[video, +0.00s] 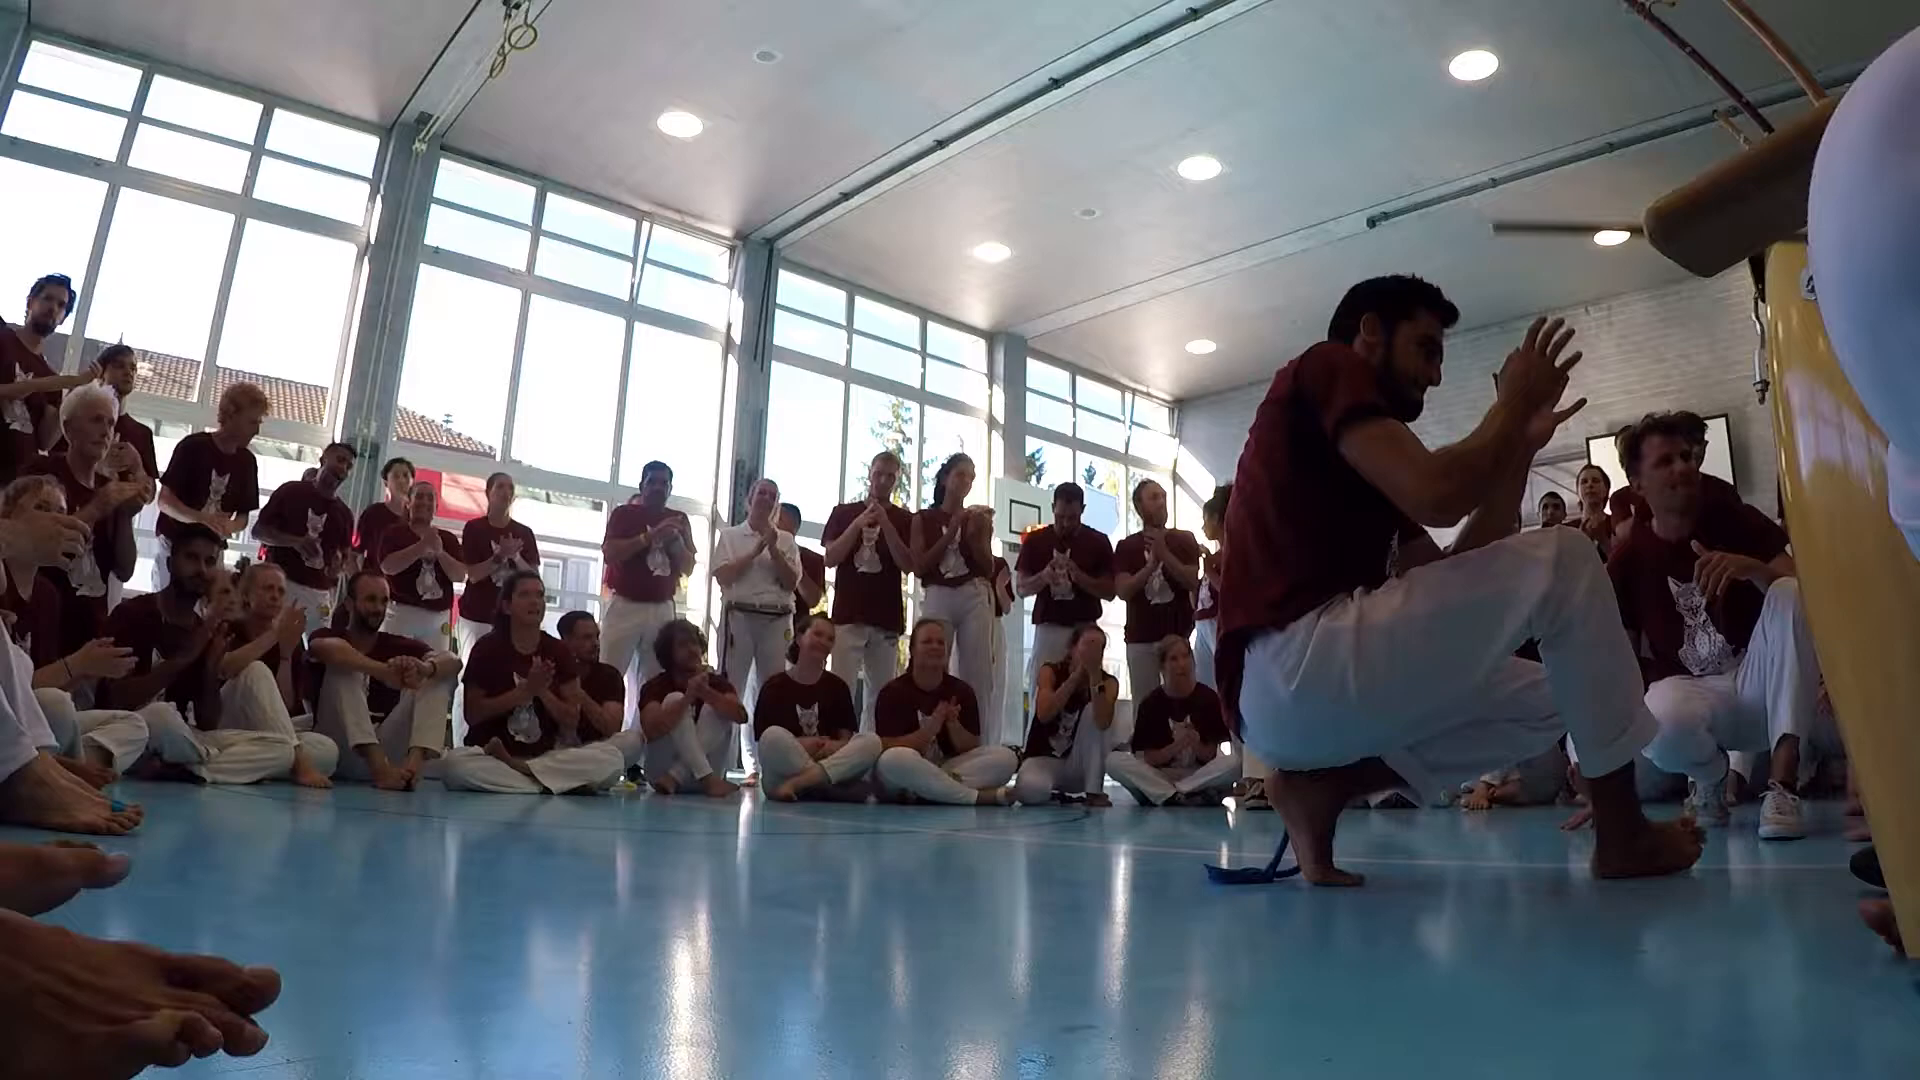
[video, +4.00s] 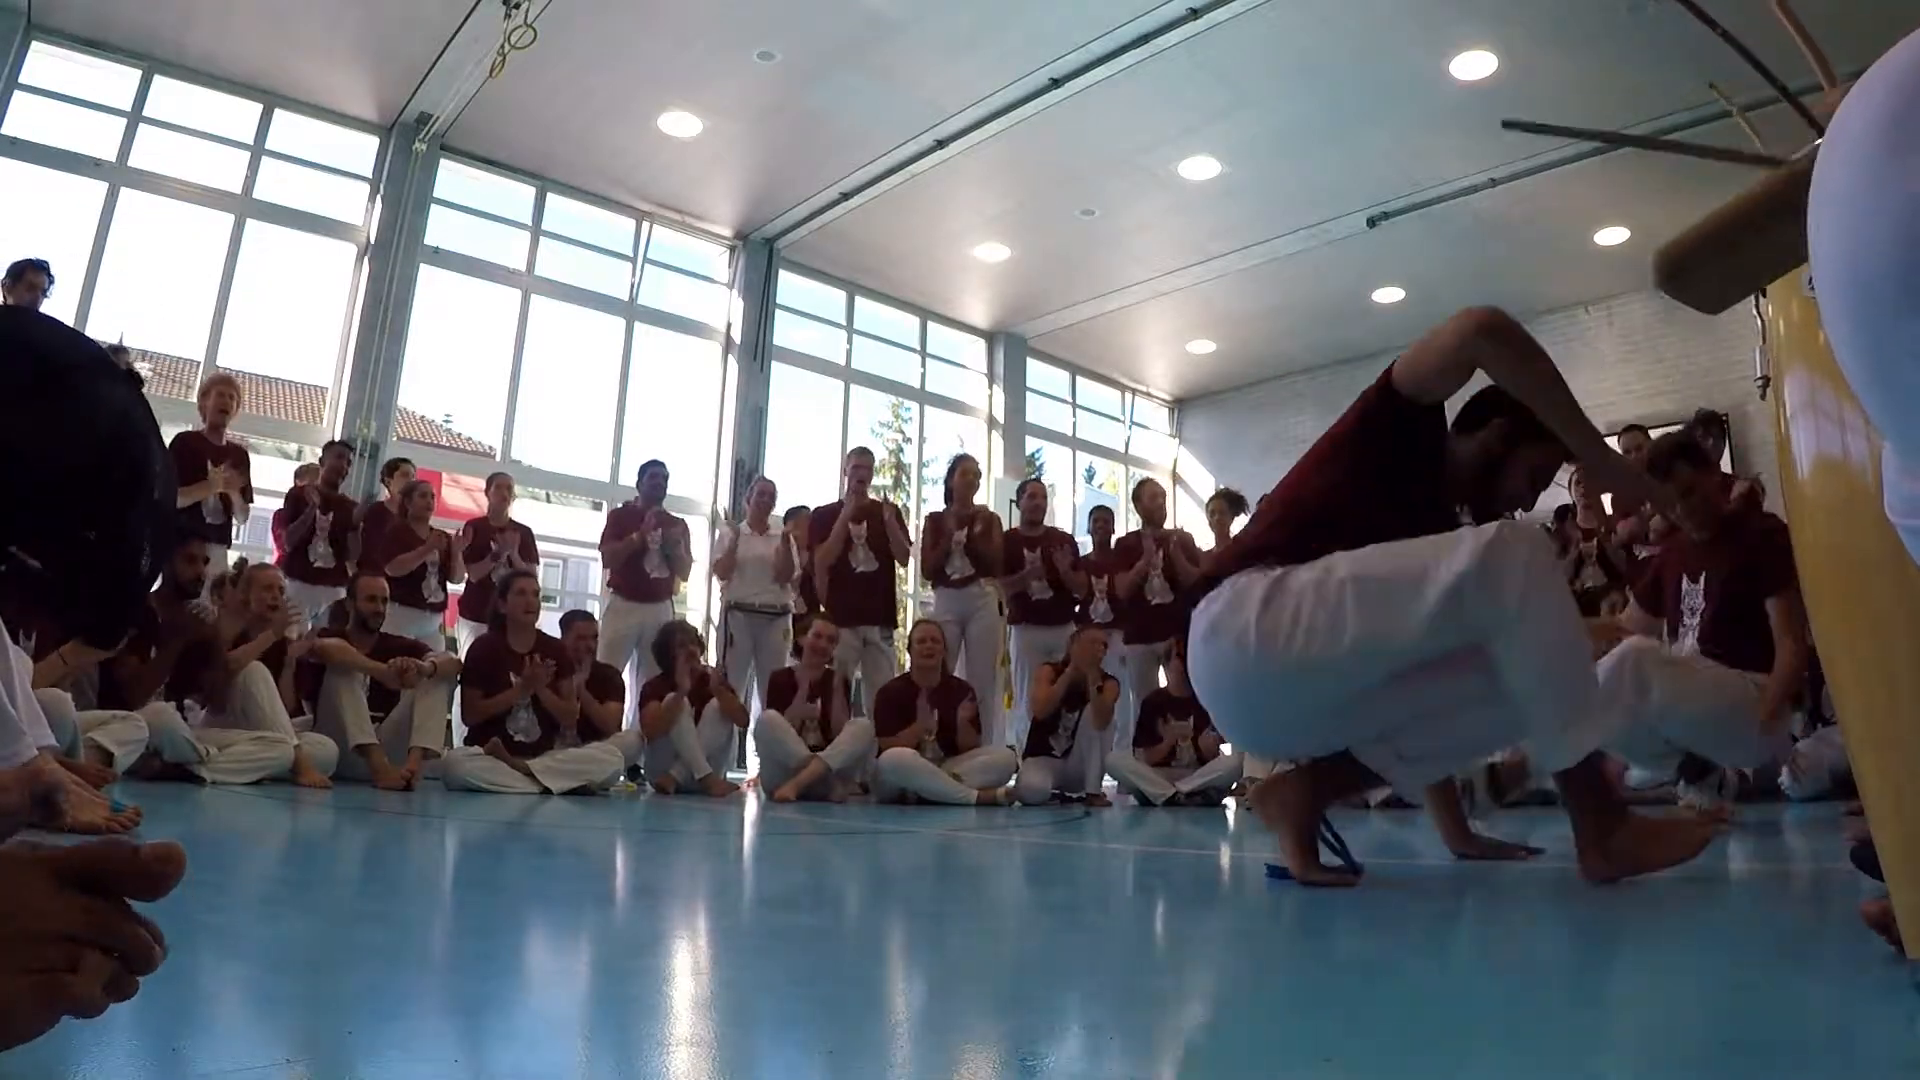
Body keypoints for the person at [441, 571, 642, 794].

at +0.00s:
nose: (535, 602)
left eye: (540, 596)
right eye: (525, 596)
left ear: (546, 603)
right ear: (506, 605)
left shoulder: (559, 649)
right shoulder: (486, 648)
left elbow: (572, 719)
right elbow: (473, 713)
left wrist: (541, 691)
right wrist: (526, 692)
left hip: (547, 756)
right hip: (490, 755)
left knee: (612, 759)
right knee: (454, 766)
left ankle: (523, 766)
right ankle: (549, 786)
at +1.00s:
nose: (533, 602)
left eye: (538, 596)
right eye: (523, 596)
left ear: (544, 603)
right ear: (504, 605)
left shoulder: (558, 649)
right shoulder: (484, 648)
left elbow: (571, 718)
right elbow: (471, 715)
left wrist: (539, 692)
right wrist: (523, 691)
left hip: (547, 756)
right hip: (490, 755)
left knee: (612, 759)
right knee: (454, 765)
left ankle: (523, 767)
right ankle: (550, 786)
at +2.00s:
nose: (531, 601)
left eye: (536, 595)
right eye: (521, 595)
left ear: (542, 602)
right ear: (503, 604)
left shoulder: (558, 648)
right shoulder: (483, 647)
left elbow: (572, 717)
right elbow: (470, 714)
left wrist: (541, 689)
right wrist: (522, 689)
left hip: (546, 756)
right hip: (491, 756)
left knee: (612, 759)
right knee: (455, 765)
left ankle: (523, 766)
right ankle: (549, 786)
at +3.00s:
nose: (531, 601)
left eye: (536, 595)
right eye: (522, 594)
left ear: (542, 602)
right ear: (502, 604)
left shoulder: (558, 649)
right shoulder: (483, 647)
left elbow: (571, 718)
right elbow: (470, 714)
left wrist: (540, 690)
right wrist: (522, 689)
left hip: (546, 756)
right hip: (490, 755)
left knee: (611, 759)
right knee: (455, 766)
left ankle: (523, 766)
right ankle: (549, 785)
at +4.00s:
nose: (531, 601)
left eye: (536, 595)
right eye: (521, 594)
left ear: (542, 601)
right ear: (502, 604)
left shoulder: (556, 649)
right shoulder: (483, 647)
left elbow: (570, 716)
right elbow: (470, 715)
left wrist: (539, 689)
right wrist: (521, 690)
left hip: (546, 756)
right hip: (489, 755)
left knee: (612, 759)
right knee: (455, 766)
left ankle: (524, 766)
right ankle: (549, 786)